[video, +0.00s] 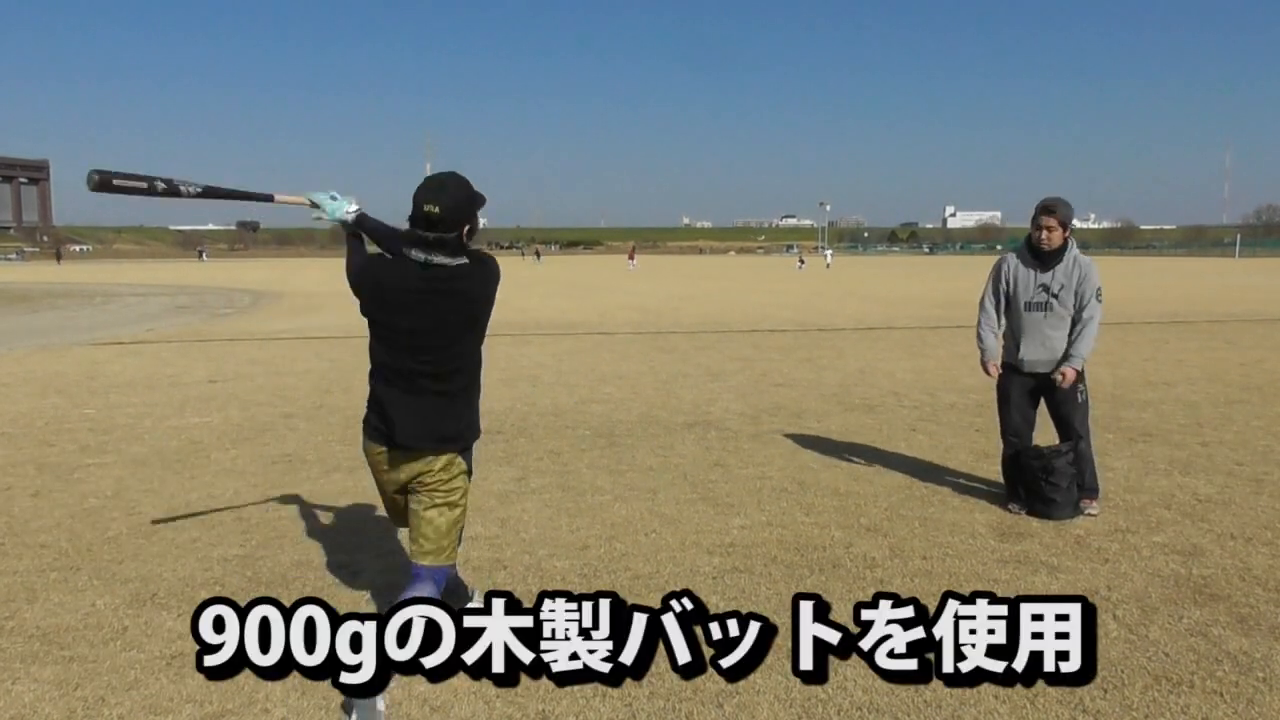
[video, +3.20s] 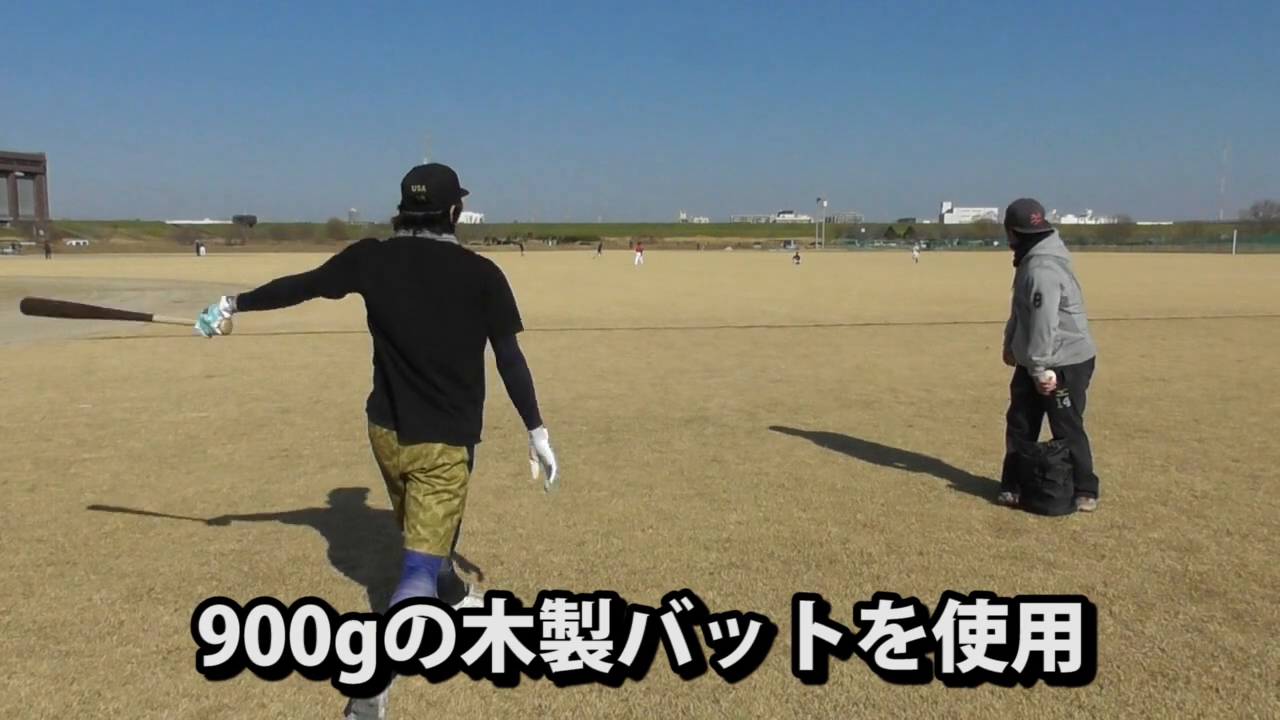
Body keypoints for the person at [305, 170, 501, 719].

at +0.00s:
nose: (476, 223)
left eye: (474, 216)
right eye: (473, 219)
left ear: (415, 220)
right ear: (463, 228)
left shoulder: (377, 272)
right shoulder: (482, 275)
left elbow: (355, 268)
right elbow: (417, 249)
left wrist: (351, 229)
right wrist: (359, 216)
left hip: (383, 437)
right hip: (445, 440)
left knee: (423, 537)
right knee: (428, 573)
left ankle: (464, 605)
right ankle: (369, 684)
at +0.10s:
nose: (466, 215)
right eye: (463, 209)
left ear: (406, 214)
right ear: (460, 218)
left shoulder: (377, 273)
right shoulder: (477, 266)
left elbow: (290, 252)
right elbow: (408, 254)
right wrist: (350, 226)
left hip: (389, 440)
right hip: (451, 441)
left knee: (420, 538)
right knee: (436, 568)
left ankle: (468, 607)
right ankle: (390, 687)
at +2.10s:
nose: (448, 213)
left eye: (415, 200)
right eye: (452, 205)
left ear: (402, 209)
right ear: (456, 215)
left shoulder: (376, 258)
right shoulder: (479, 263)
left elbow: (292, 215)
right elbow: (445, 250)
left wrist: (236, 151)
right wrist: (394, 236)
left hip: (383, 433)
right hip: (447, 438)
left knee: (424, 538)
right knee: (423, 571)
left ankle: (467, 608)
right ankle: (376, 692)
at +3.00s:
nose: (460, 207)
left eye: (453, 199)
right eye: (457, 201)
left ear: (400, 206)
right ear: (451, 209)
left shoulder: (374, 257)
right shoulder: (480, 265)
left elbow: (294, 245)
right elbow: (495, 317)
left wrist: (215, 224)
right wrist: (445, 287)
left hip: (385, 434)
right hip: (445, 438)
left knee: (422, 536)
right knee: (420, 569)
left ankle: (454, 598)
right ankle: (373, 689)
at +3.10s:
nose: (462, 209)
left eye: (456, 200)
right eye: (459, 203)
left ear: (402, 206)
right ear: (452, 209)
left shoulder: (373, 257)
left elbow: (293, 264)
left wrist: (216, 261)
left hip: (384, 431)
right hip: (446, 439)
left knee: (422, 531)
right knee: (422, 565)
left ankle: (458, 598)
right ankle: (372, 690)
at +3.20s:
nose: (461, 213)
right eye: (460, 207)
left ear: (403, 209)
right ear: (453, 212)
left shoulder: (372, 257)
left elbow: (305, 284)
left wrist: (234, 303)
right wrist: (537, 430)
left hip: (386, 432)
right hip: (446, 440)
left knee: (421, 534)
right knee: (419, 567)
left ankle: (452, 597)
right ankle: (372, 691)